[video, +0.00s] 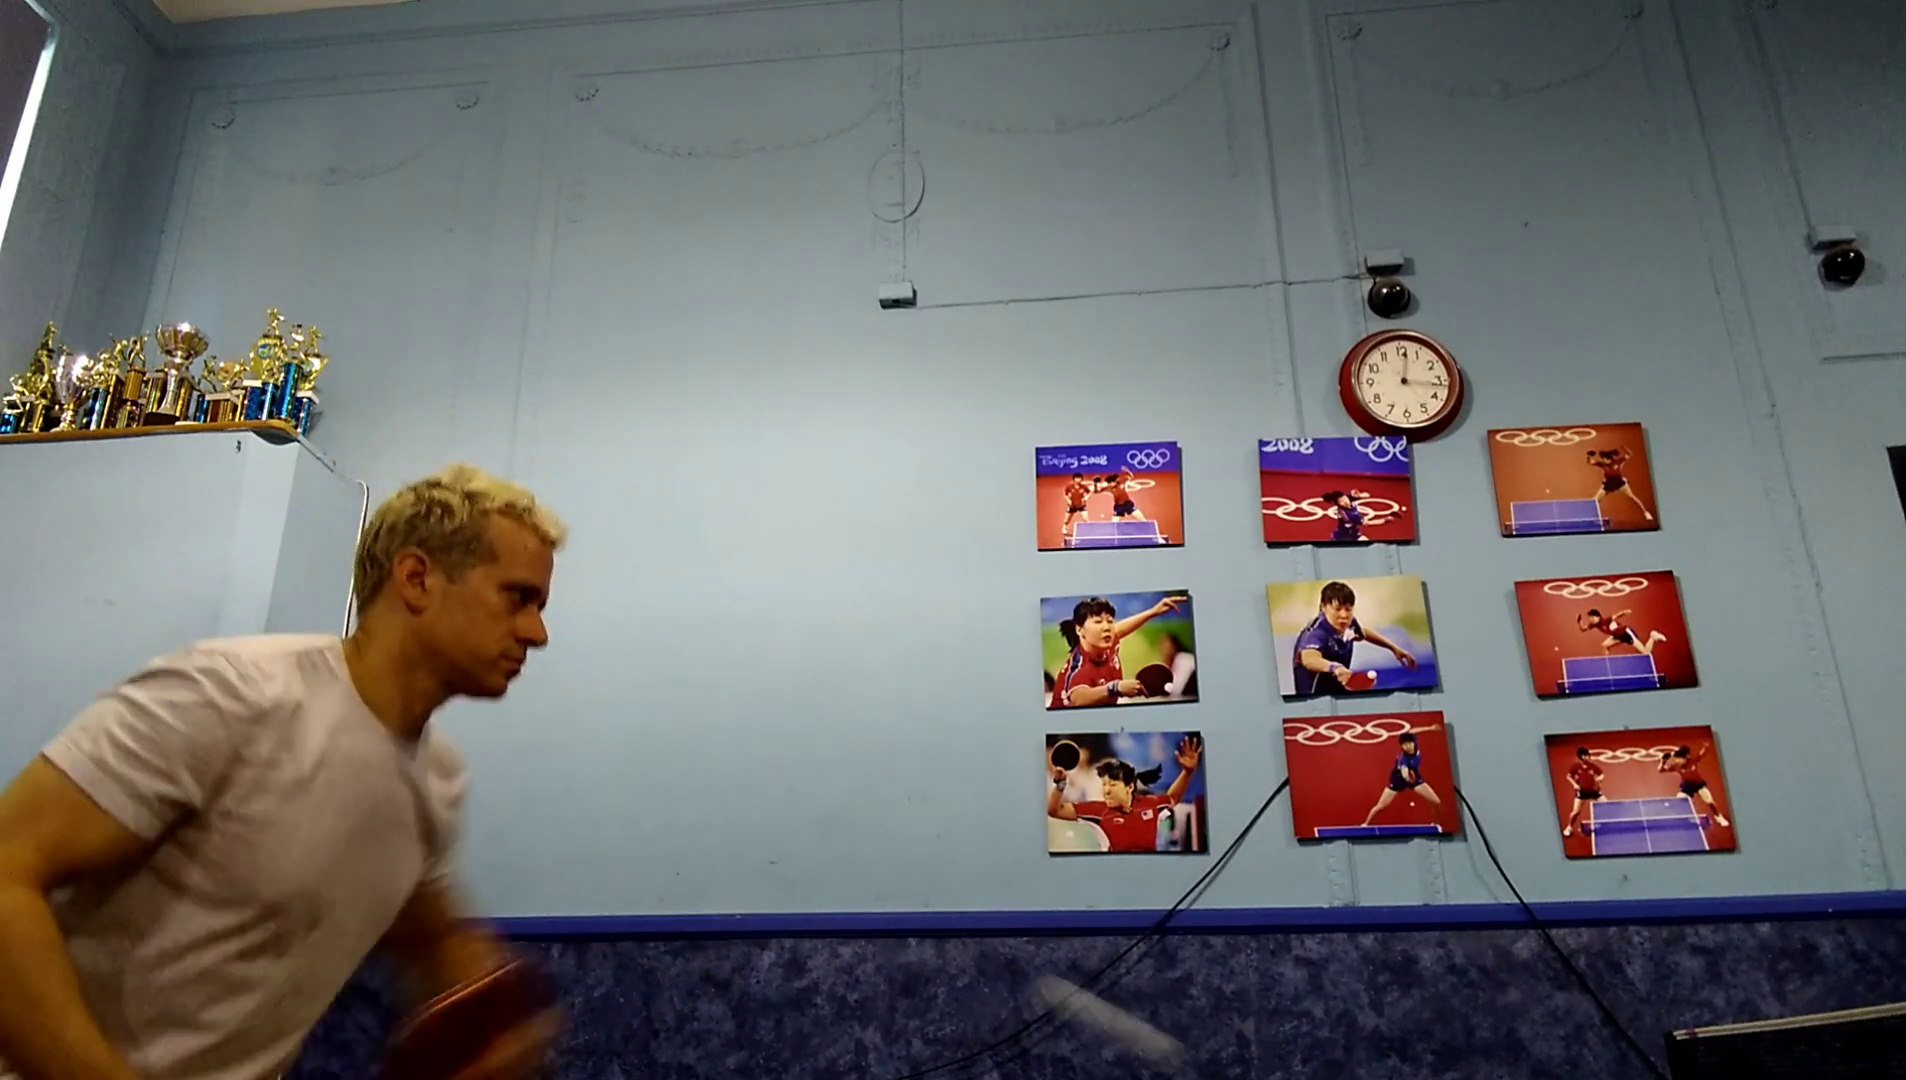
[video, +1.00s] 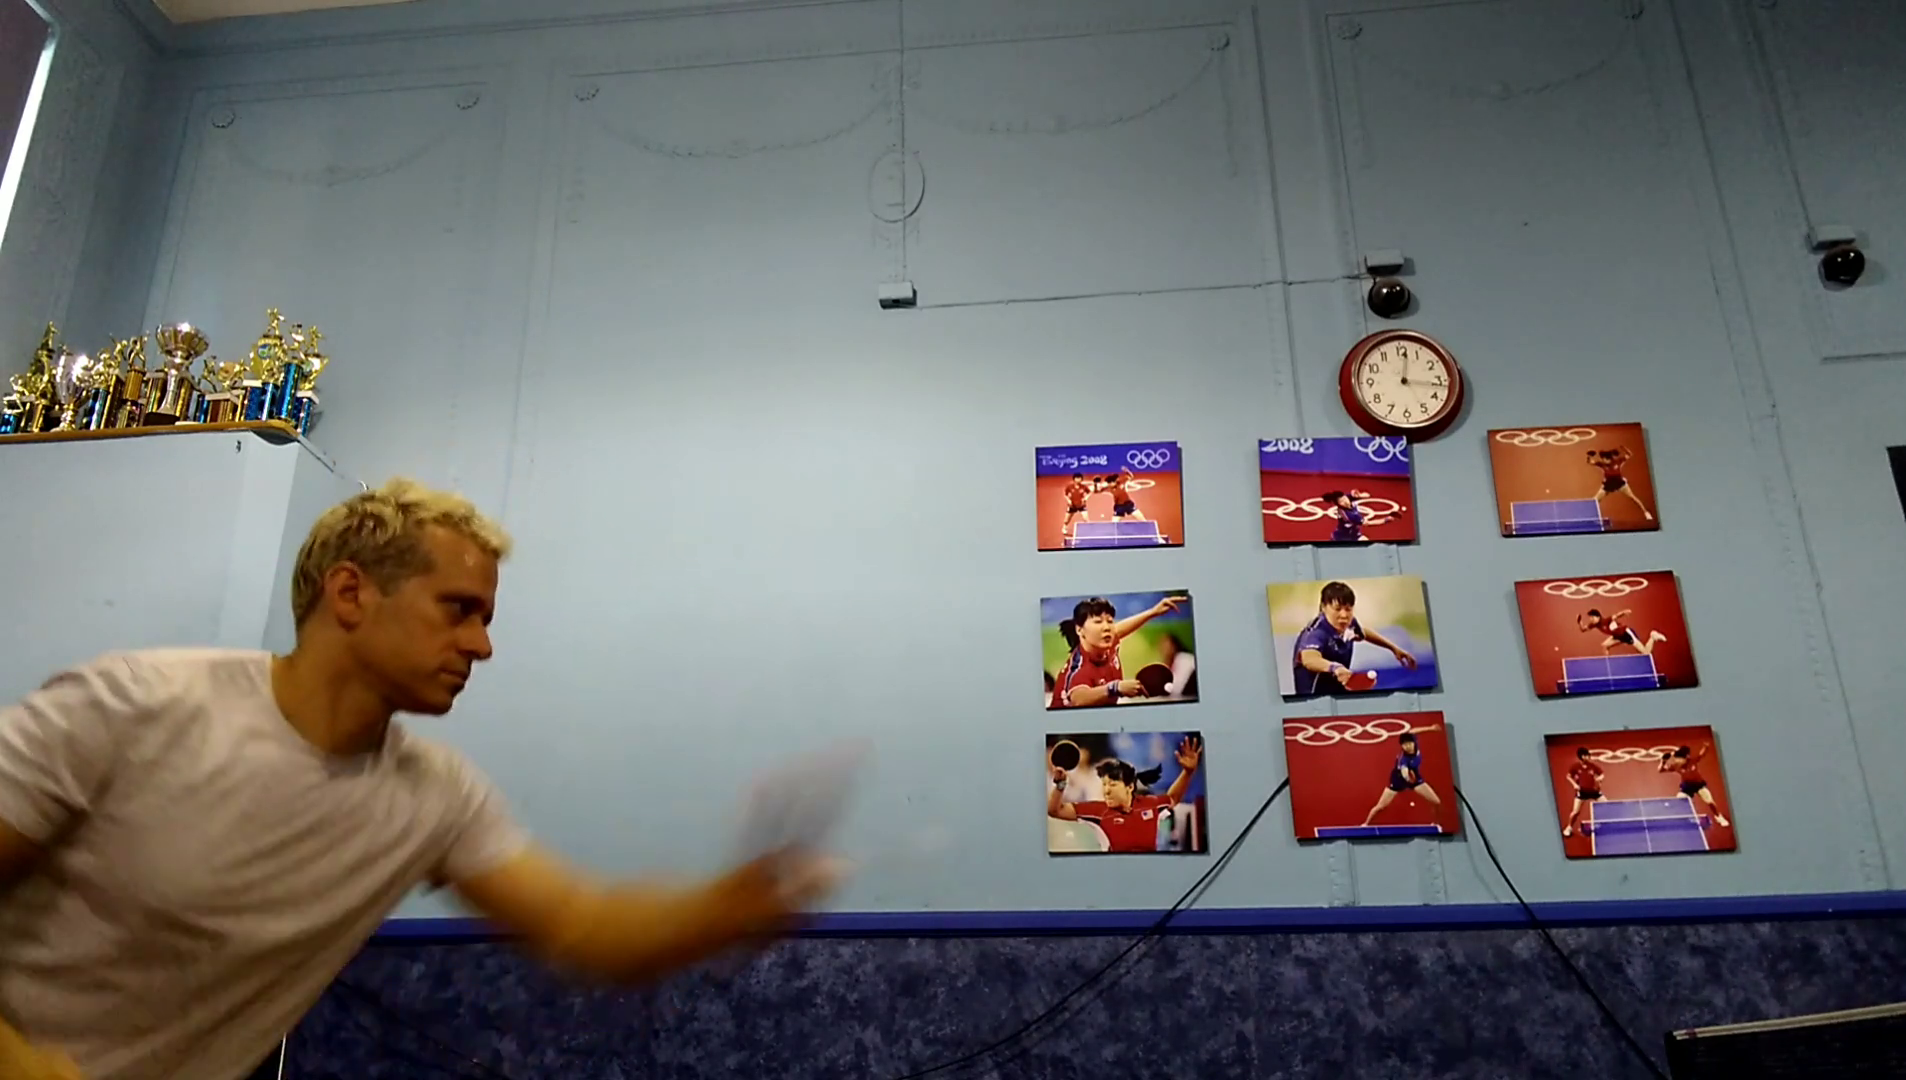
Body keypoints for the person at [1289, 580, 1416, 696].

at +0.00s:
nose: (1344, 615)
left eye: (1348, 609)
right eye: (1338, 609)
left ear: (1353, 609)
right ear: (1324, 608)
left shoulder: (1349, 624)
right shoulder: (1316, 632)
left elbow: (1364, 634)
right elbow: (1309, 660)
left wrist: (1395, 649)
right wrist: (1335, 668)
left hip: (1341, 704)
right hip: (1314, 708)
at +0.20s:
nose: (1344, 615)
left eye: (1348, 609)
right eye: (1338, 609)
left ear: (1353, 609)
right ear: (1324, 608)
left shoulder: (1349, 624)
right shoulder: (1316, 633)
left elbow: (1364, 633)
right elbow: (1309, 660)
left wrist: (1394, 649)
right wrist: (1335, 668)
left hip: (1341, 703)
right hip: (1314, 707)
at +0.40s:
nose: (1344, 615)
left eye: (1348, 609)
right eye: (1338, 609)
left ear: (1353, 609)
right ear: (1324, 608)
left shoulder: (1349, 624)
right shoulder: (1316, 633)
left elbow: (1364, 633)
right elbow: (1309, 660)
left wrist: (1394, 649)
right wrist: (1335, 668)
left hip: (1341, 703)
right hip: (1314, 707)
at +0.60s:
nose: (1344, 615)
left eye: (1348, 609)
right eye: (1338, 609)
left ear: (1353, 609)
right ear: (1324, 608)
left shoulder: (1349, 624)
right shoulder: (1316, 632)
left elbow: (1364, 634)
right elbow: (1309, 660)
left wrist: (1395, 649)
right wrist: (1335, 668)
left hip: (1341, 704)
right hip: (1314, 708)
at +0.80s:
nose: (1344, 615)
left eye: (1348, 609)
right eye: (1338, 609)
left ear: (1353, 609)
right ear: (1324, 608)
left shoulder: (1349, 624)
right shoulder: (1316, 632)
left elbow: (1364, 634)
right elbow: (1309, 660)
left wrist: (1395, 649)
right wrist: (1335, 667)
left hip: (1341, 704)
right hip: (1314, 708)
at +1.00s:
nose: (1344, 615)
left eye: (1348, 609)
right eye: (1338, 609)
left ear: (1353, 609)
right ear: (1324, 608)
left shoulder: (1349, 624)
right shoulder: (1315, 633)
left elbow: (1364, 634)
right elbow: (1309, 660)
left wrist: (1395, 649)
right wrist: (1335, 667)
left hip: (1341, 703)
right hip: (1314, 708)